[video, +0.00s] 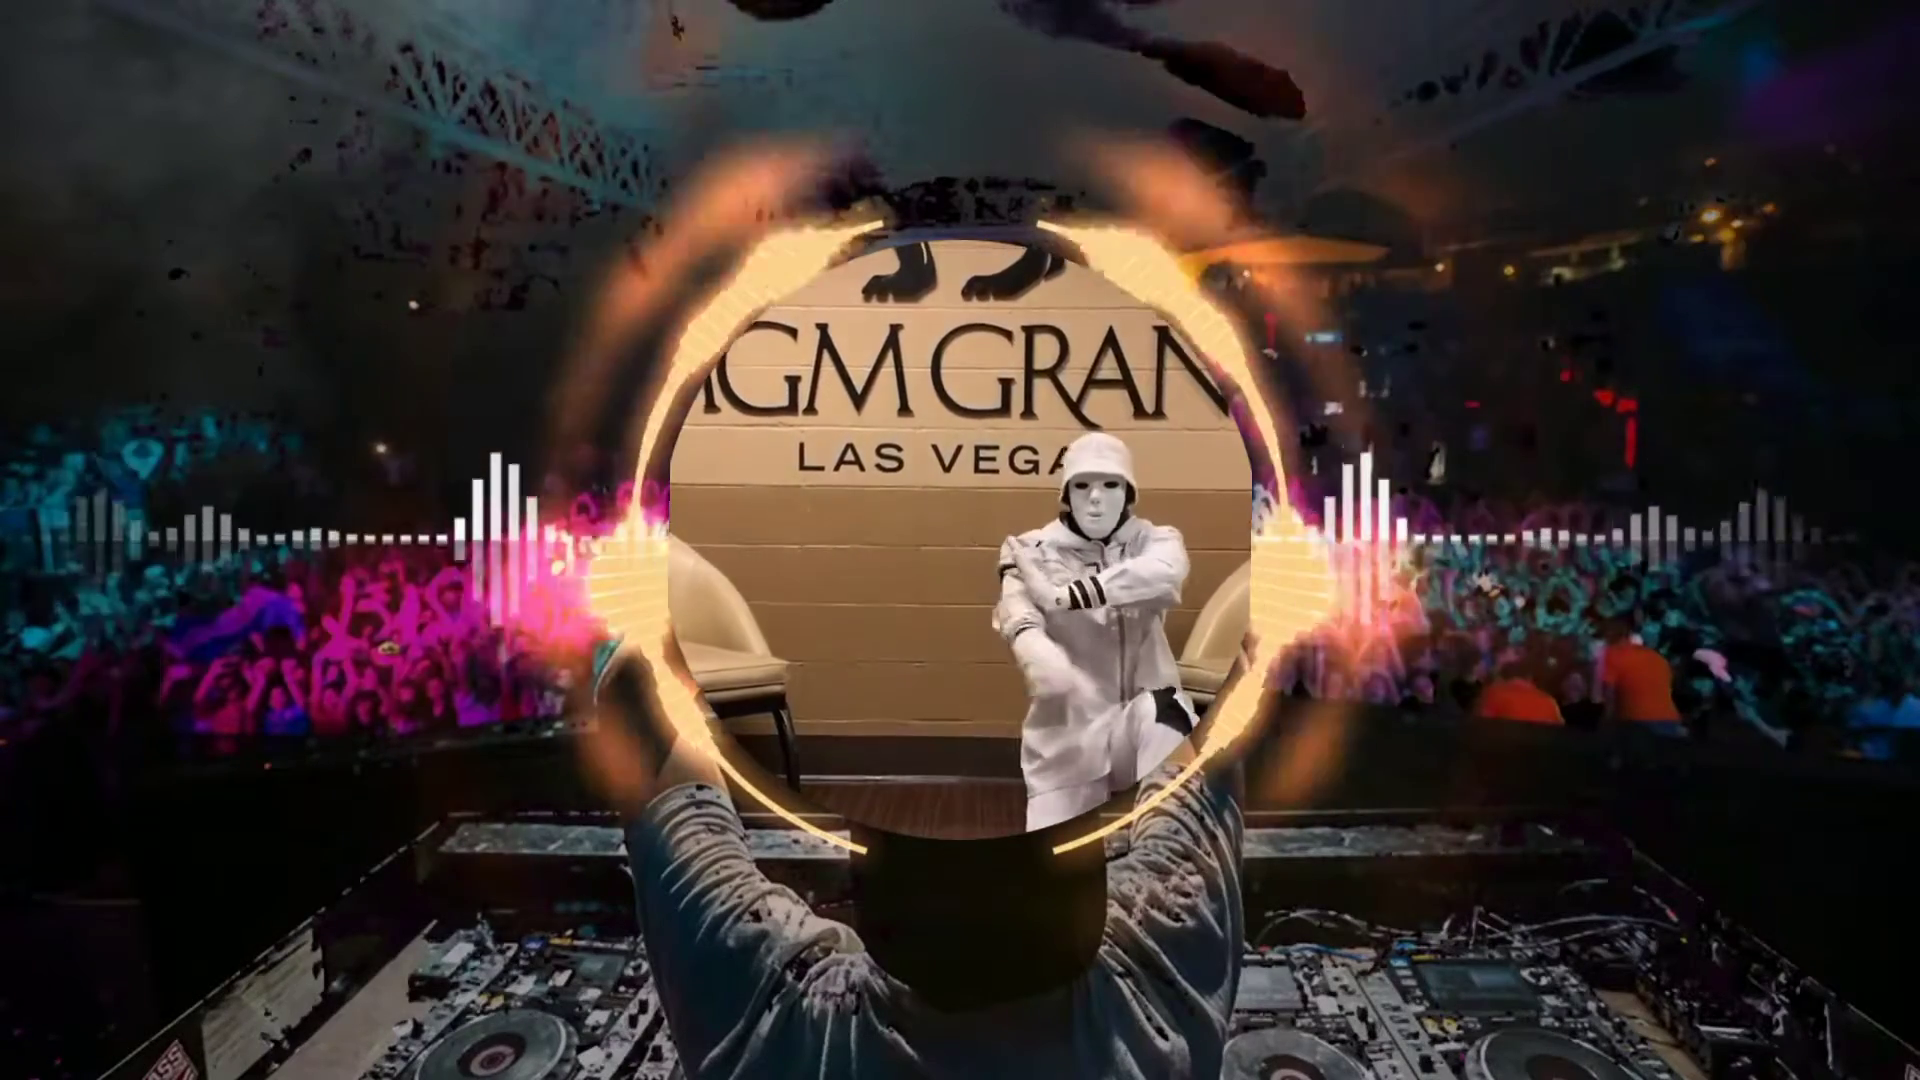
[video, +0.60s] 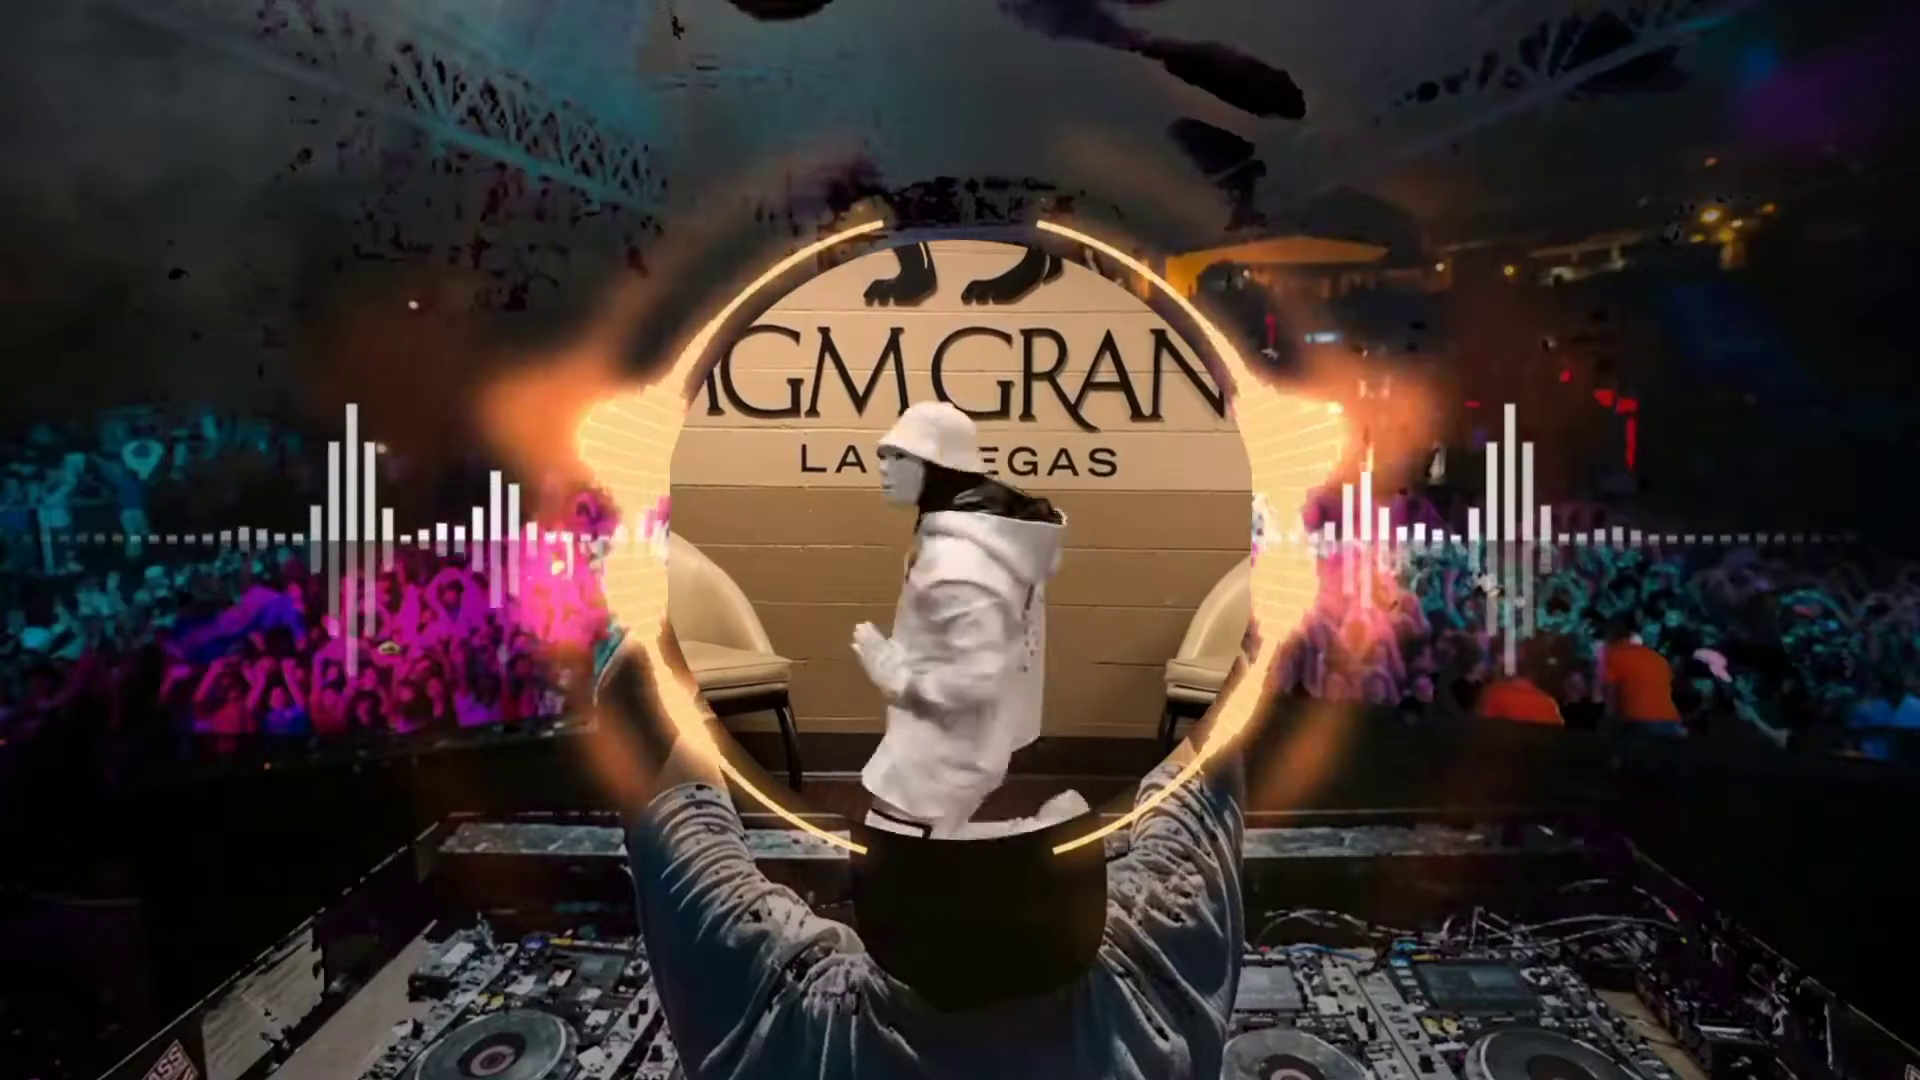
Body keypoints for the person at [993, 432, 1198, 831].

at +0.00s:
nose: (1095, 498)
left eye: (1110, 485)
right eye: (1082, 486)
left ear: (1128, 494)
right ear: (1066, 494)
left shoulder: (1157, 540)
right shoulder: (1027, 550)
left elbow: (1166, 576)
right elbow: (1016, 613)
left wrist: (1068, 595)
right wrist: (1044, 662)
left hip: (1138, 732)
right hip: (1064, 743)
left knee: (1165, 707)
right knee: (1057, 870)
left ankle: (1162, 835)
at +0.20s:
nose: (1063, 496)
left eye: (1078, 483)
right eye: (1051, 484)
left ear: (1097, 492)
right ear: (1036, 491)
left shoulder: (1129, 543)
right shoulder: (1004, 546)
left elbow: (1159, 597)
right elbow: (979, 634)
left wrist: (1062, 586)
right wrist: (974, 717)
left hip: (1103, 699)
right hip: (1023, 713)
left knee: (1060, 736)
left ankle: (1108, 861)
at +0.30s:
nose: (1027, 489)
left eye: (1041, 477)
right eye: (1016, 477)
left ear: (1063, 484)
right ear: (1003, 484)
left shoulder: (1097, 539)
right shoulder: (976, 540)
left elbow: (1155, 604)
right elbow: (956, 643)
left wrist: (1058, 581)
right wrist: (945, 730)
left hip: (1055, 708)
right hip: (984, 709)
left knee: (964, 792)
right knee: (932, 838)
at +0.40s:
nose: (992, 477)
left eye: (1007, 465)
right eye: (982, 465)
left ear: (1030, 475)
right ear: (972, 473)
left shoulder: (1064, 546)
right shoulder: (958, 540)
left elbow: (1130, 619)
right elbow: (938, 644)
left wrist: (1058, 624)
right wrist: (923, 730)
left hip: (1015, 741)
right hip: (956, 729)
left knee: (918, 841)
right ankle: (1062, 795)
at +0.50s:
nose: (952, 465)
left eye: (969, 452)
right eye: (945, 452)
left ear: (995, 463)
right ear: (936, 459)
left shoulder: (1018, 547)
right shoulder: (959, 534)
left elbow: (1077, 637)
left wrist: (998, 669)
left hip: (981, 764)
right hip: (936, 750)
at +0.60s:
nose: (884, 467)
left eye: (896, 457)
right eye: (886, 456)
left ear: (932, 468)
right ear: (936, 469)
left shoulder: (956, 564)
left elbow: (976, 678)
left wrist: (888, 668)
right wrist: (899, 659)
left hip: (942, 754)